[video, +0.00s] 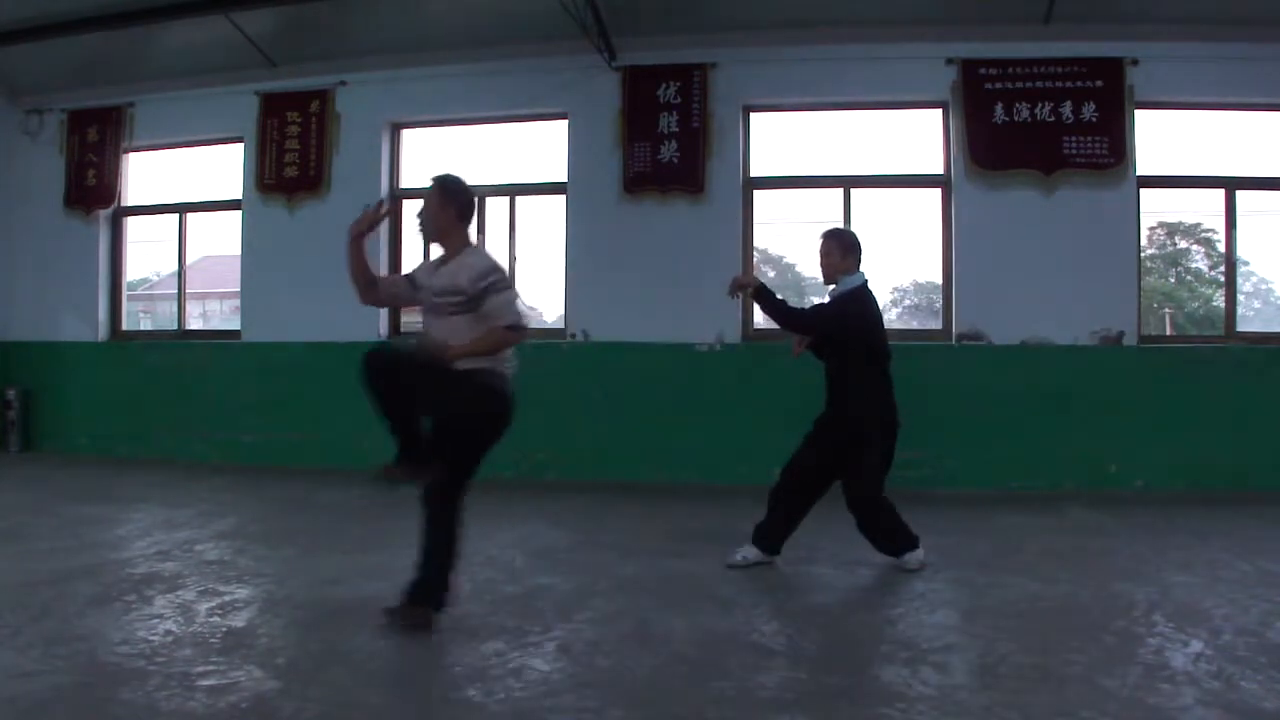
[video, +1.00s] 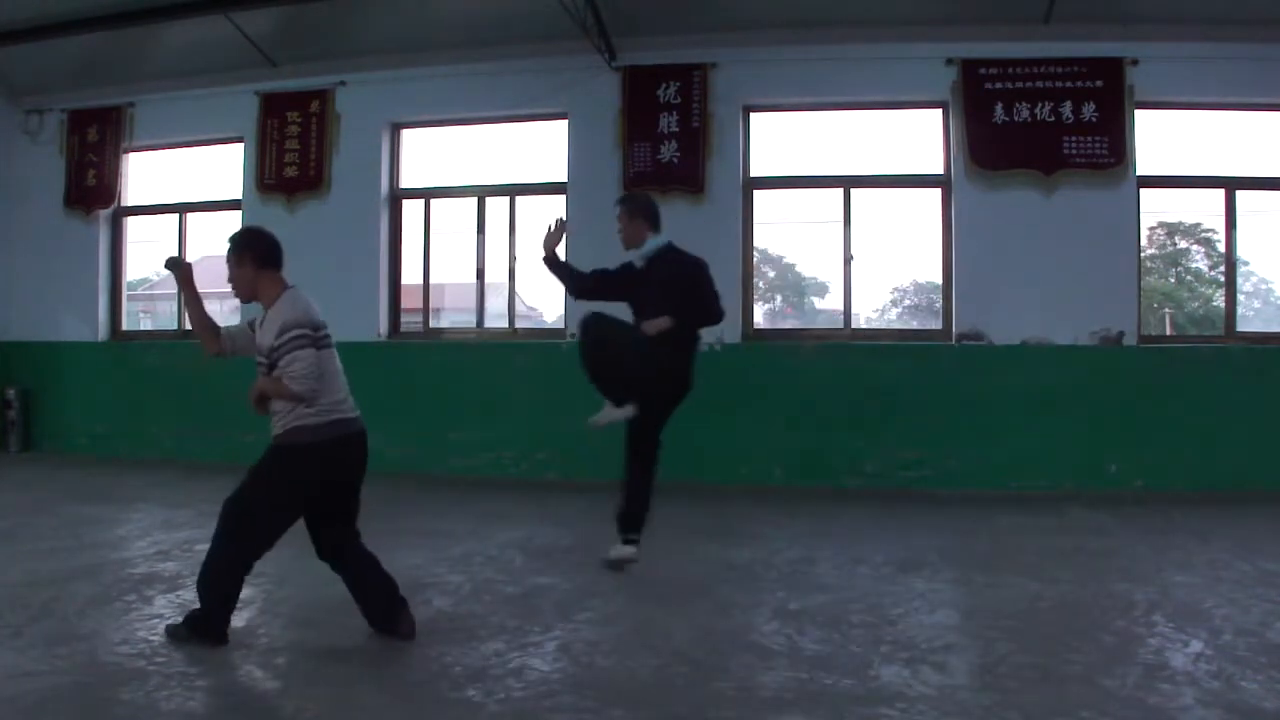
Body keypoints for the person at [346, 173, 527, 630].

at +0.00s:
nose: (420, 212)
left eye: (428, 204)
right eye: (423, 204)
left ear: (452, 212)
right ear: (447, 214)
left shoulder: (482, 268)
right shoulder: (430, 272)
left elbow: (511, 329)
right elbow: (374, 293)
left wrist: (454, 351)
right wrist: (356, 241)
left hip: (482, 390)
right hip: (439, 383)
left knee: (443, 486)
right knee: (380, 361)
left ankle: (426, 602)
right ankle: (414, 454)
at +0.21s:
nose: (370, 241)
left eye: (377, 232)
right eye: (373, 232)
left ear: (403, 238)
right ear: (399, 240)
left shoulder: (429, 294)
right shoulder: (382, 299)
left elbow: (428, 366)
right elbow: (324, 302)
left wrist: (377, 366)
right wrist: (295, 251)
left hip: (422, 424)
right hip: (386, 419)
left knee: (381, 517)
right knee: (318, 480)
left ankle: (407, 613)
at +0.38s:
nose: (327, 246)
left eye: (333, 236)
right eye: (329, 236)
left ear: (358, 238)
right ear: (362, 240)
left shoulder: (369, 296)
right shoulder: (363, 294)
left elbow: (336, 363)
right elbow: (294, 303)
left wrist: (311, 322)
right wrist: (245, 272)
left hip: (353, 429)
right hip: (382, 429)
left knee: (287, 524)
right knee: (363, 528)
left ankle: (227, 614)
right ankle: (405, 613)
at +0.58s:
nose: (254, 261)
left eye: (258, 252)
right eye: (255, 252)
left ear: (278, 254)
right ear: (298, 256)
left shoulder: (271, 299)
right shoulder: (332, 312)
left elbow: (210, 293)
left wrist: (170, 283)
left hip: (288, 448)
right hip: (336, 445)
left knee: (230, 524)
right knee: (327, 536)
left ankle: (211, 623)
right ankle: (398, 611)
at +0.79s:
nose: (222, 282)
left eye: (227, 271)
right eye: (223, 272)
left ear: (251, 272)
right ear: (260, 273)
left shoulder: (289, 320)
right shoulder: (269, 326)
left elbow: (299, 390)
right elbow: (216, 361)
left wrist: (242, 391)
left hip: (297, 450)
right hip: (330, 449)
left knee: (224, 519)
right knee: (325, 546)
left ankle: (210, 622)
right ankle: (390, 618)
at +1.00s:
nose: (229, 277)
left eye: (233, 267)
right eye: (229, 268)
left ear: (254, 266)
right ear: (265, 267)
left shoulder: (290, 313)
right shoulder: (273, 319)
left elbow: (303, 384)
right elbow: (215, 342)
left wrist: (264, 385)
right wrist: (187, 286)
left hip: (307, 443)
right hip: (340, 440)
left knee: (241, 522)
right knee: (336, 540)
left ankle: (211, 621)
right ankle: (395, 620)